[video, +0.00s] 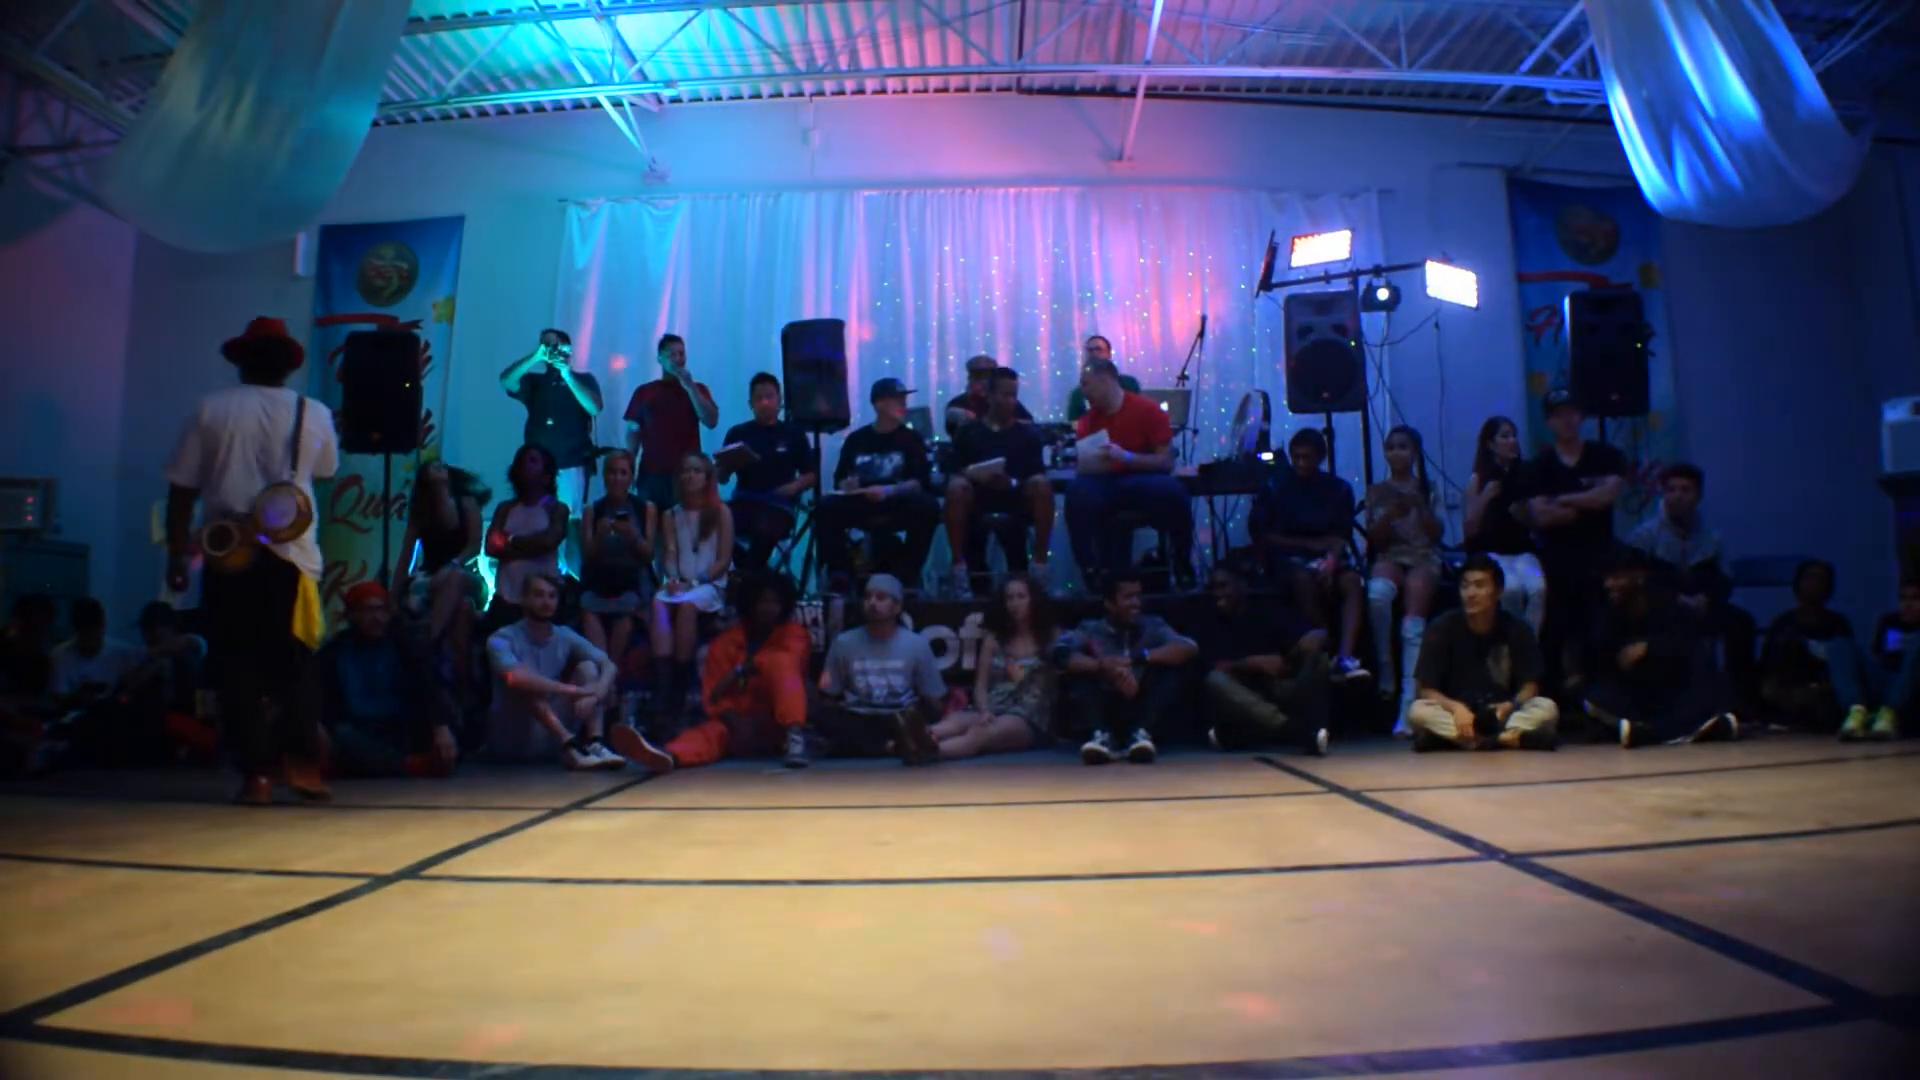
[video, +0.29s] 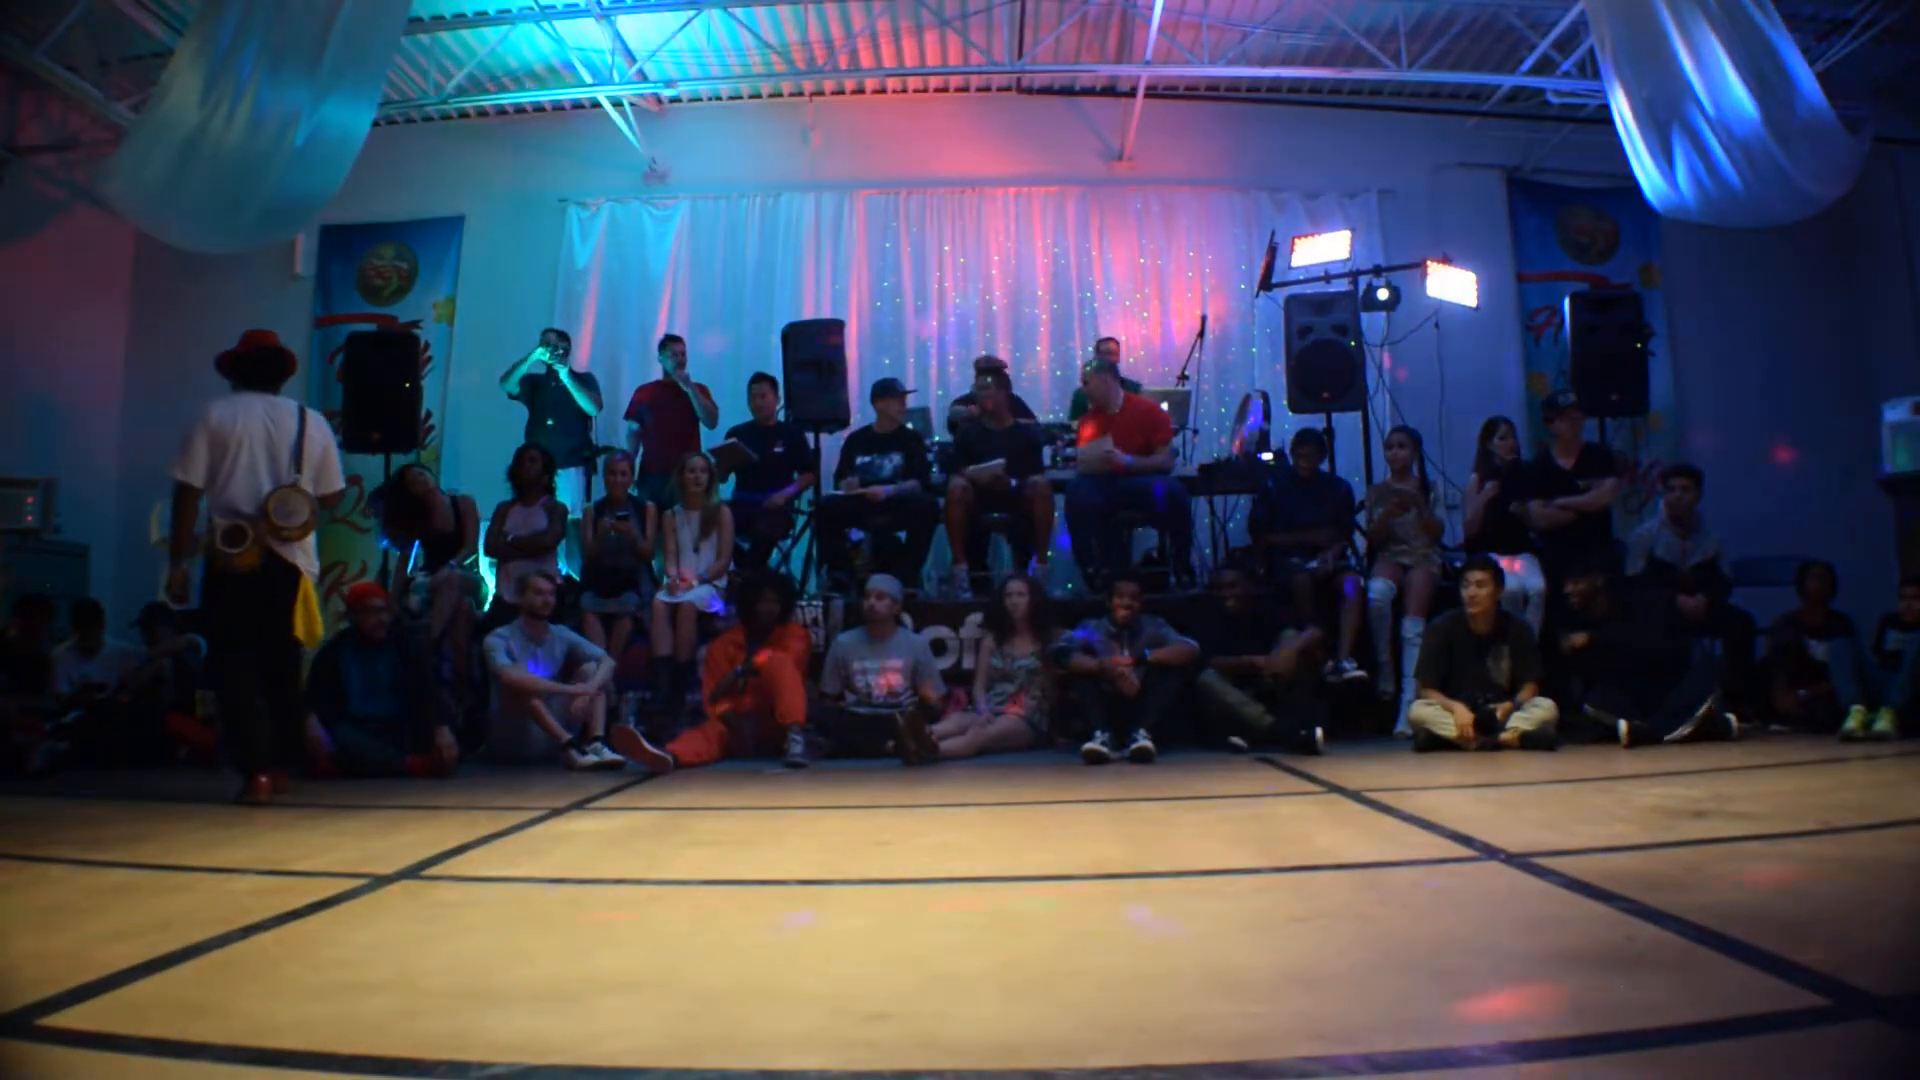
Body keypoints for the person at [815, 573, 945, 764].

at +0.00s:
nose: (872, 604)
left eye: (880, 598)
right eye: (868, 597)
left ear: (897, 606)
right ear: (862, 602)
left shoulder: (916, 645)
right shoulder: (844, 643)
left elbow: (935, 701)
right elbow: (829, 696)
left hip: (902, 716)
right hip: (856, 716)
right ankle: (886, 746)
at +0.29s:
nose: (871, 604)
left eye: (880, 598)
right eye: (867, 597)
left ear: (896, 606)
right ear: (862, 602)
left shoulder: (916, 645)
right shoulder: (843, 644)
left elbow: (933, 699)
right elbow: (829, 699)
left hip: (904, 717)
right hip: (858, 718)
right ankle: (887, 746)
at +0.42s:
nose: (869, 604)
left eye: (878, 598)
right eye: (865, 598)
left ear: (894, 606)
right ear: (860, 602)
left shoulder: (916, 645)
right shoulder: (843, 645)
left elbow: (933, 703)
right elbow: (828, 700)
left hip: (905, 719)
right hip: (858, 721)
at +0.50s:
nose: (869, 604)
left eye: (877, 598)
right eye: (865, 598)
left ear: (894, 606)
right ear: (860, 602)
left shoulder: (915, 645)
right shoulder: (842, 645)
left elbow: (935, 703)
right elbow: (829, 700)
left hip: (902, 719)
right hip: (856, 720)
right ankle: (888, 745)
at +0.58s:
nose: (868, 604)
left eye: (876, 598)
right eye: (864, 598)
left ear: (893, 606)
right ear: (859, 602)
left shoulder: (915, 645)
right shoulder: (842, 645)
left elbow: (935, 703)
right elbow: (828, 700)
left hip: (903, 719)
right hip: (857, 720)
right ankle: (889, 745)